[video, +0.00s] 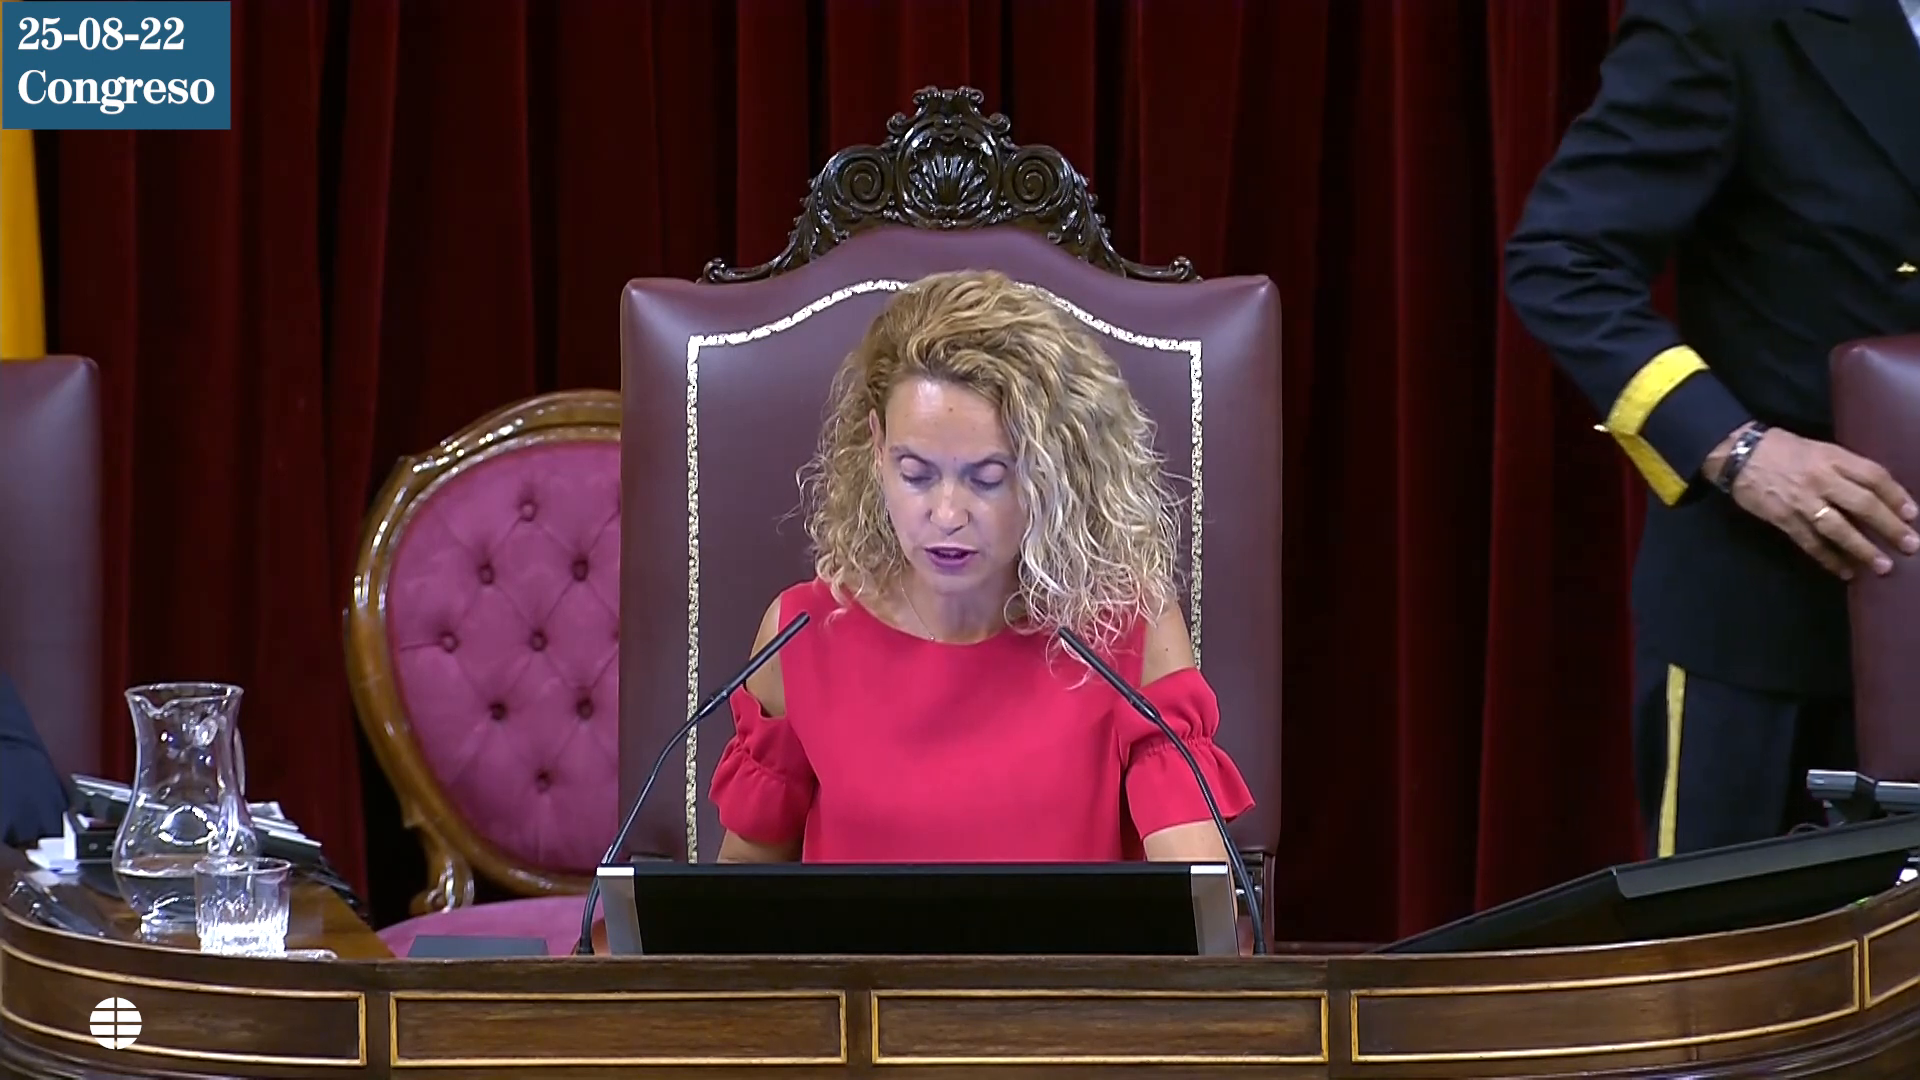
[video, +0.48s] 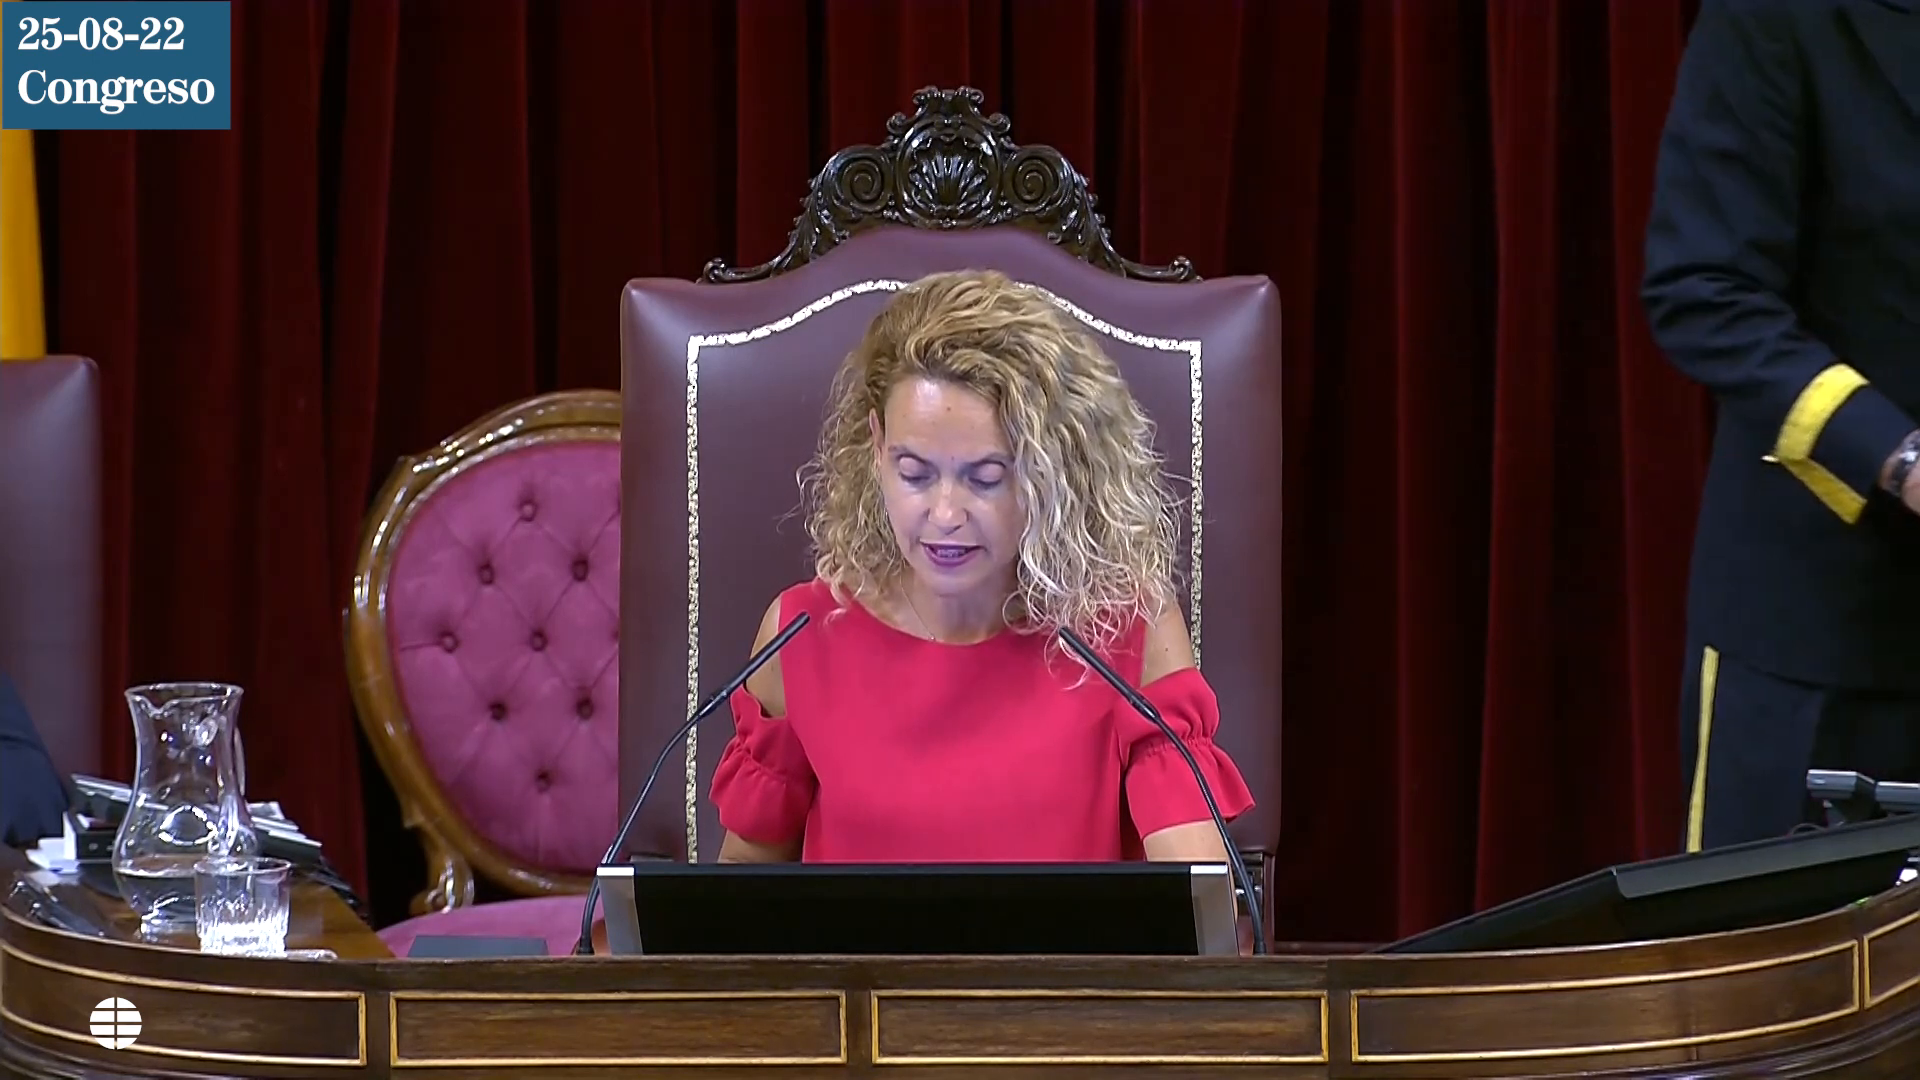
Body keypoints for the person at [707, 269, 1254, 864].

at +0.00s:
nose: (948, 514)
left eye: (986, 476)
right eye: (917, 472)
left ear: (1051, 477)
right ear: (876, 461)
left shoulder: (1126, 624)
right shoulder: (805, 630)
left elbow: (1201, 897)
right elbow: (747, 883)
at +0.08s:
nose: (948, 514)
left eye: (987, 476)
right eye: (917, 472)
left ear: (1052, 477)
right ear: (875, 461)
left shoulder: (1126, 622)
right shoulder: (805, 630)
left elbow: (1201, 895)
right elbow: (747, 881)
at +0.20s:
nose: (947, 514)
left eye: (986, 476)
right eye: (917, 472)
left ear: (1052, 477)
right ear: (875, 460)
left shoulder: (1126, 623)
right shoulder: (805, 630)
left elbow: (1201, 894)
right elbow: (747, 882)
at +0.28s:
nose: (947, 513)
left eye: (986, 475)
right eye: (916, 472)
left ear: (1053, 476)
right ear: (875, 461)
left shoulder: (1126, 622)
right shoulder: (805, 630)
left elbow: (1201, 894)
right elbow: (747, 882)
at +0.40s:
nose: (947, 513)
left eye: (986, 475)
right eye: (916, 472)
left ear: (1053, 475)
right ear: (875, 460)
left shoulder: (1125, 622)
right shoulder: (805, 630)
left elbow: (1202, 896)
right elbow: (747, 883)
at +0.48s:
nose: (946, 513)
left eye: (986, 475)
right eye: (916, 471)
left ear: (1052, 475)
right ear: (875, 460)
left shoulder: (1125, 621)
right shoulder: (805, 630)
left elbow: (1201, 894)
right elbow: (747, 879)